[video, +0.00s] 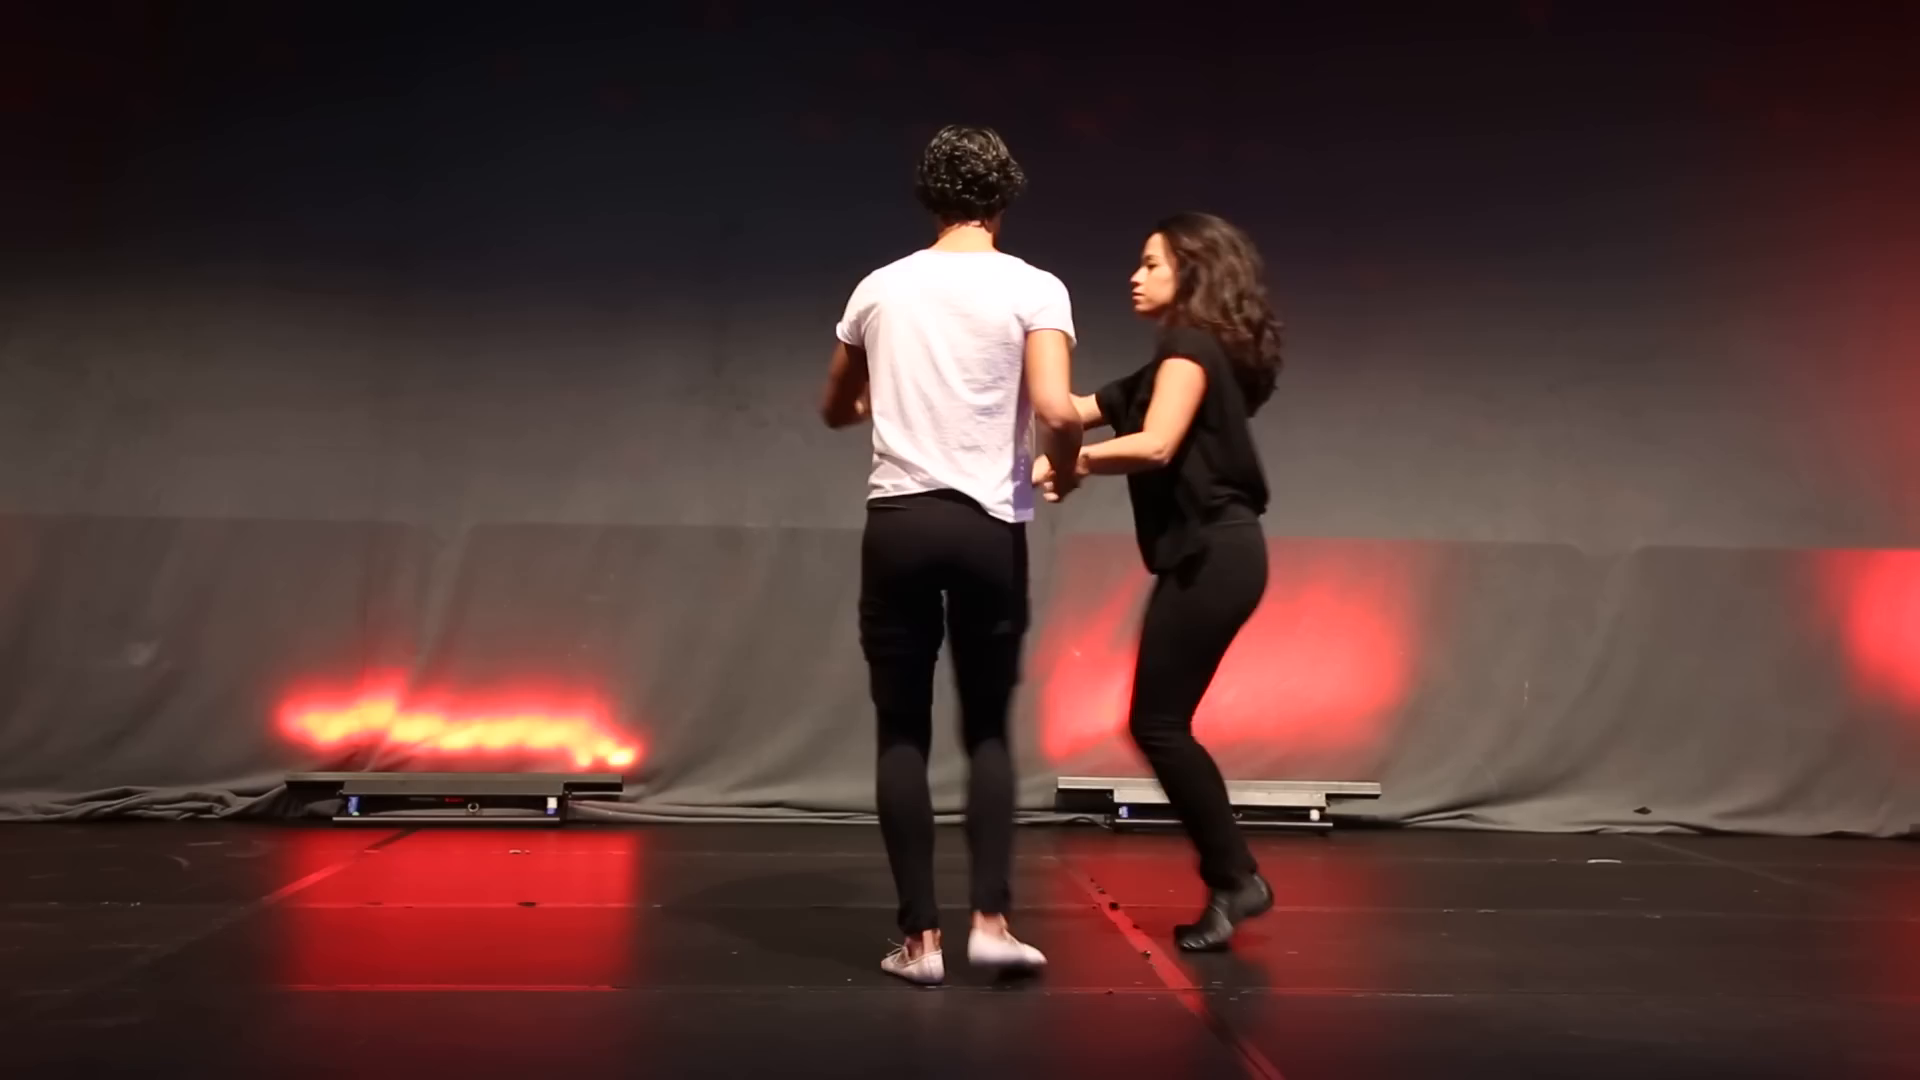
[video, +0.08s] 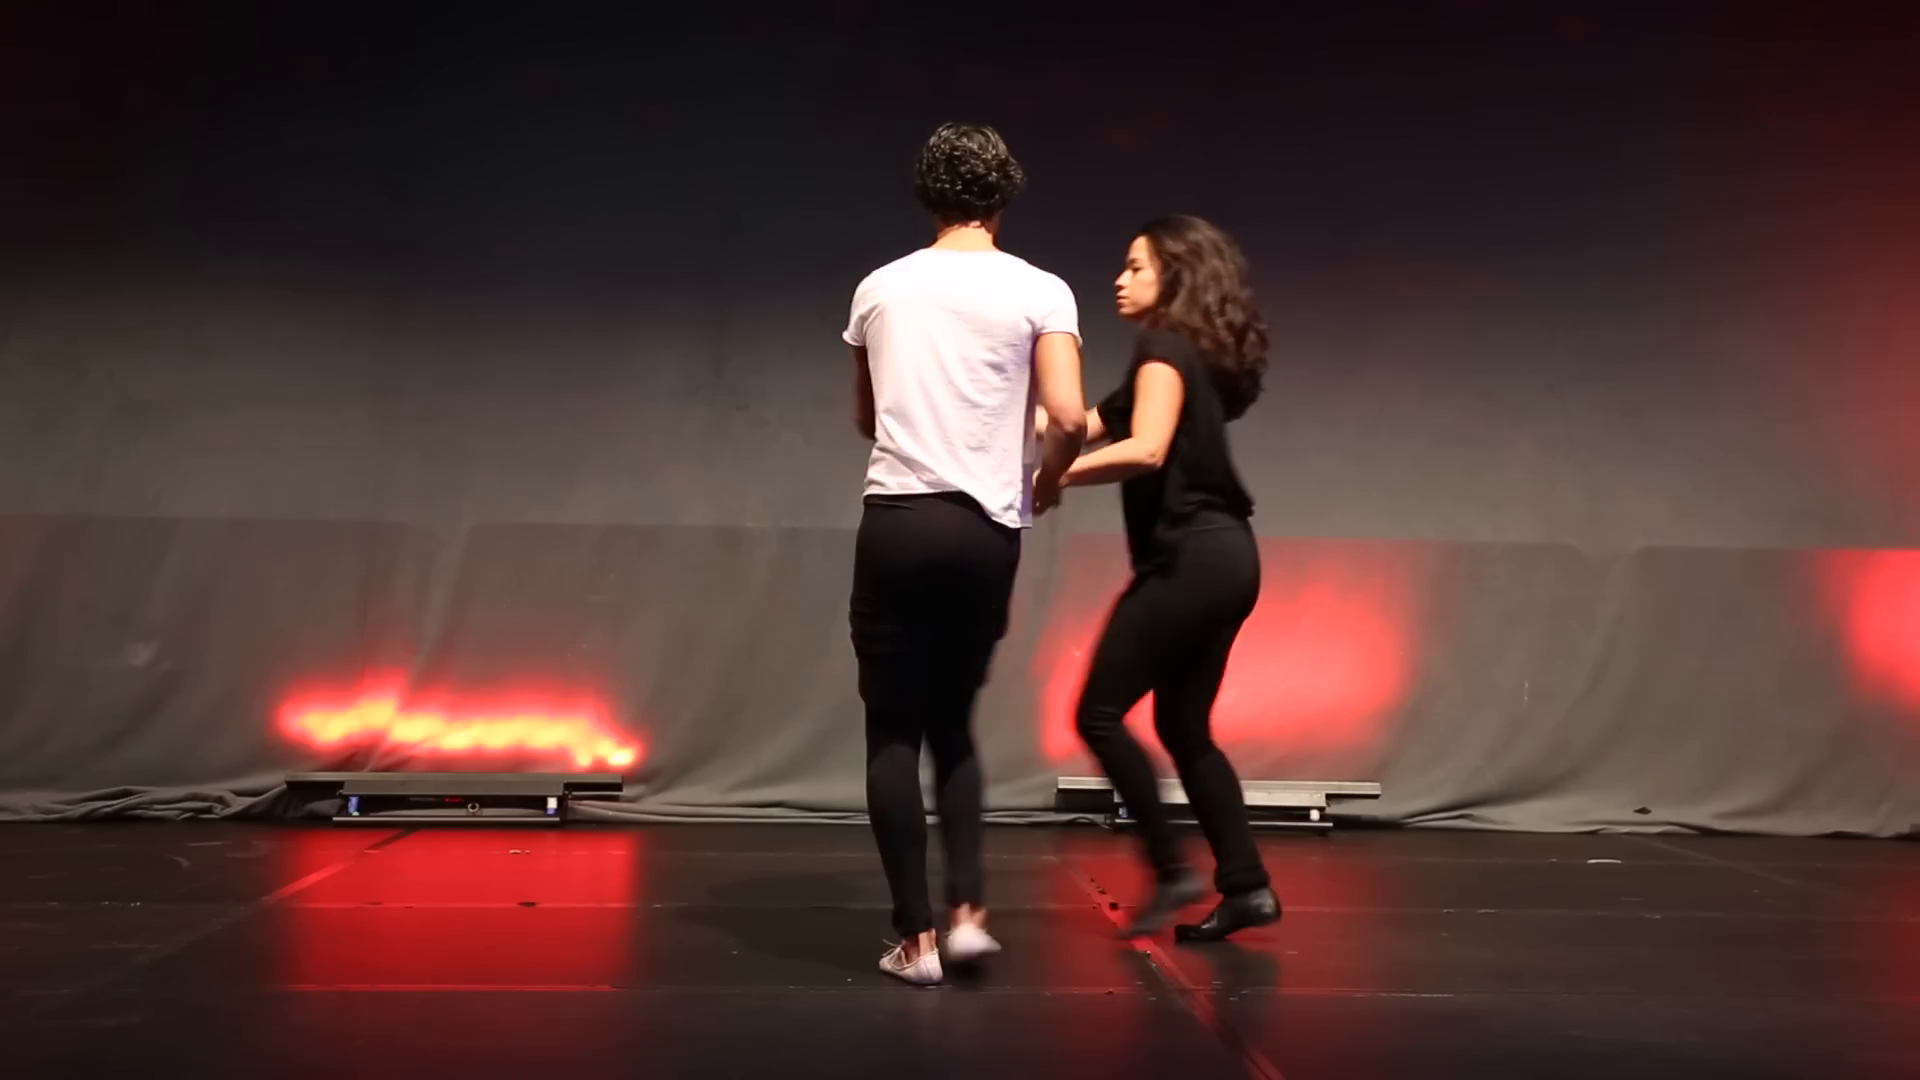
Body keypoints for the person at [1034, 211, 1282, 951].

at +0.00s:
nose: (1136, 276)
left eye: (1150, 264)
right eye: (1140, 264)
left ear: (1192, 274)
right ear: (1181, 276)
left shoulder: (1193, 346)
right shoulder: (1177, 351)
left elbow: (1157, 443)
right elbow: (1088, 410)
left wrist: (1075, 463)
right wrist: (1049, 449)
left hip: (1215, 558)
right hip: (1204, 558)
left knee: (1160, 724)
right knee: (1159, 724)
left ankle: (1236, 881)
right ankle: (1231, 880)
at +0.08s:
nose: (1120, 279)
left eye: (1135, 267)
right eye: (1125, 267)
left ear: (1176, 276)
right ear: (1174, 279)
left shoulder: (1163, 349)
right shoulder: (1187, 350)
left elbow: (1148, 448)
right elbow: (1110, 424)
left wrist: (1061, 474)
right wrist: (1068, 432)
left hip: (1191, 562)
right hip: (1224, 559)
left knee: (1097, 714)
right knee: (1185, 724)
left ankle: (1172, 870)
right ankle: (1247, 888)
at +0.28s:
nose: (1077, 301)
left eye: (1087, 288)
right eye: (1079, 287)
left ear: (1124, 294)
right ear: (1145, 295)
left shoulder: (1107, 364)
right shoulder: (1156, 366)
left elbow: (1111, 460)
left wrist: (1041, 497)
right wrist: (1046, 483)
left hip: (1126, 583)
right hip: (1188, 577)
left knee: (1001, 710)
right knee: (1205, 740)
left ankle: (1004, 882)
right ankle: (1242, 910)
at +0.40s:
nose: (1039, 303)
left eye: (1049, 289)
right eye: (1045, 288)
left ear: (1070, 300)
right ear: (1122, 299)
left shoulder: (1063, 371)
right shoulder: (1129, 367)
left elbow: (1073, 456)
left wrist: (1027, 504)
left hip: (1068, 578)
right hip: (1130, 571)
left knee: (966, 720)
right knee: (1150, 734)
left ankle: (977, 889)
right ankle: (1230, 887)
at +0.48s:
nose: (1012, 299)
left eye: (1026, 283)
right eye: (1019, 283)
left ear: (1048, 293)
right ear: (1102, 297)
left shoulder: (1027, 356)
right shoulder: (1103, 359)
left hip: (1017, 563)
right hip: (1077, 564)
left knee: (943, 733)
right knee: (1076, 723)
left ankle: (978, 891)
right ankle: (1191, 853)